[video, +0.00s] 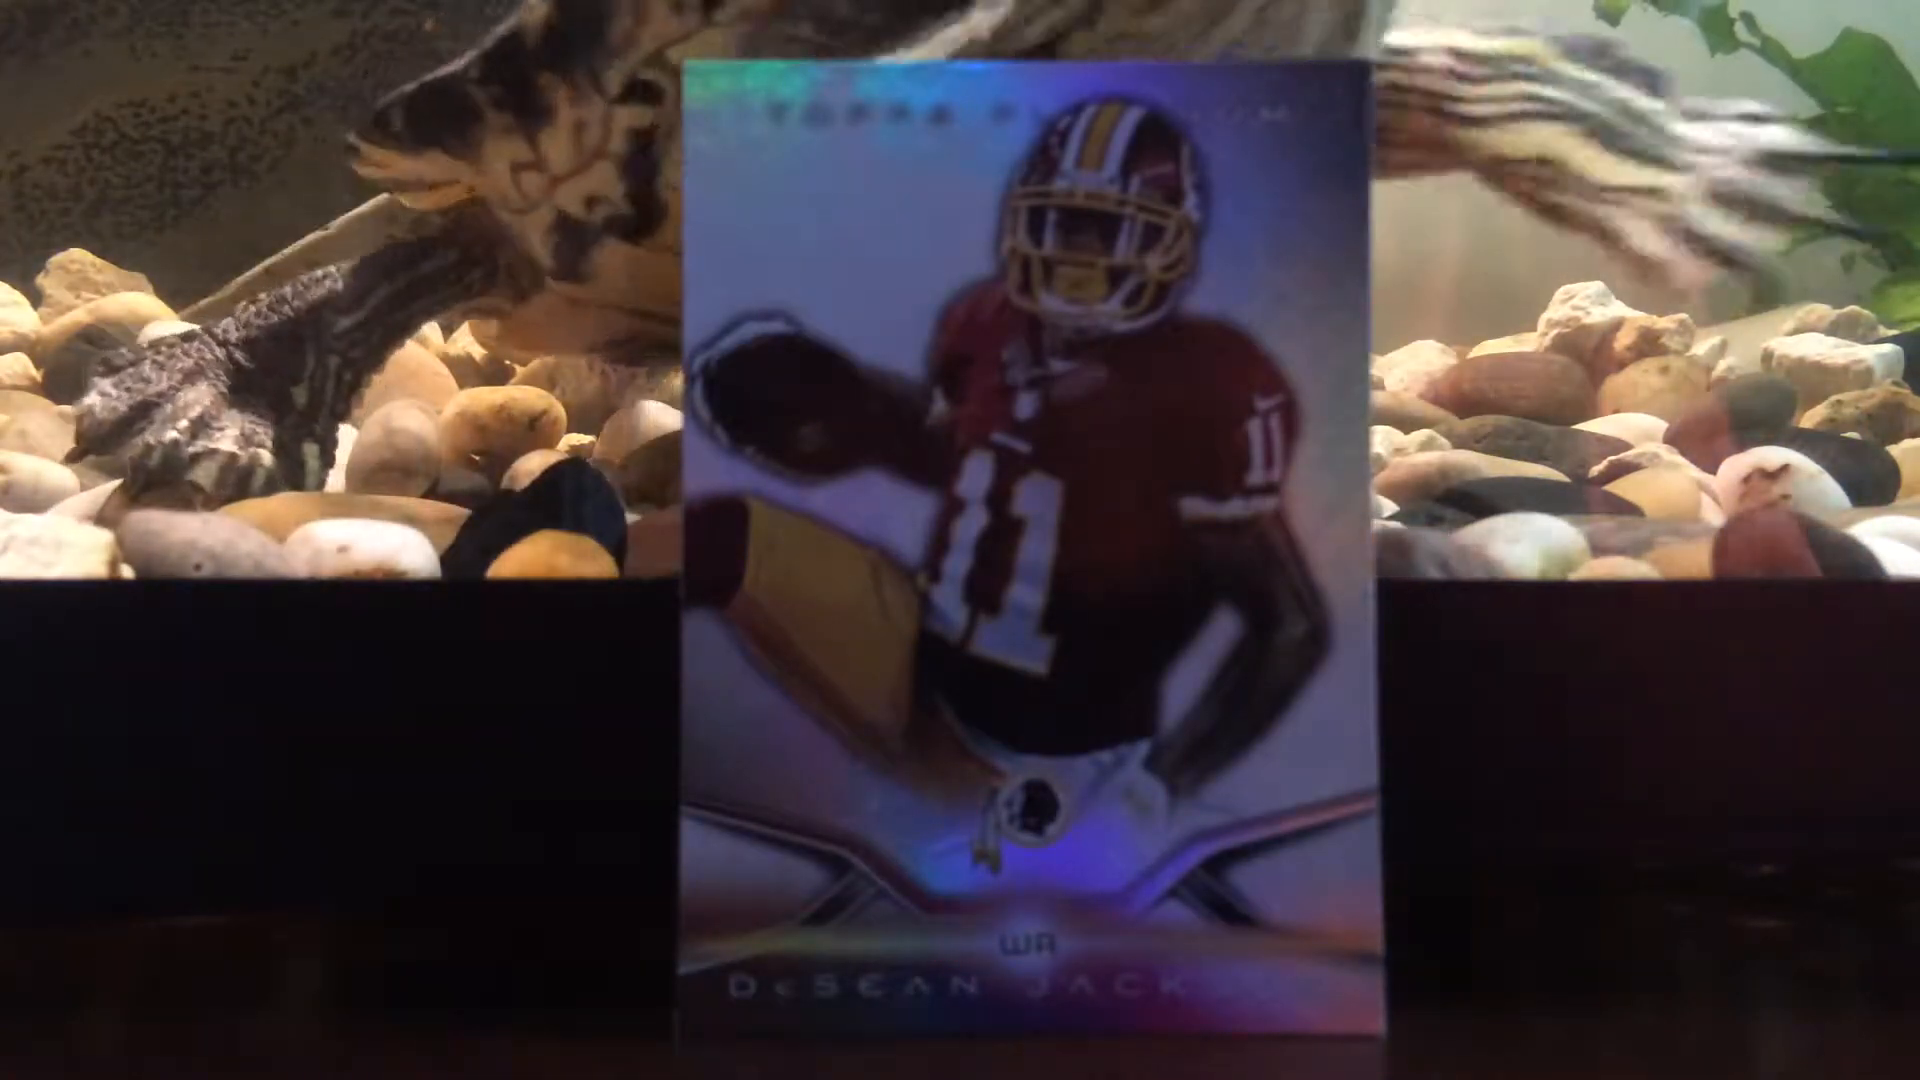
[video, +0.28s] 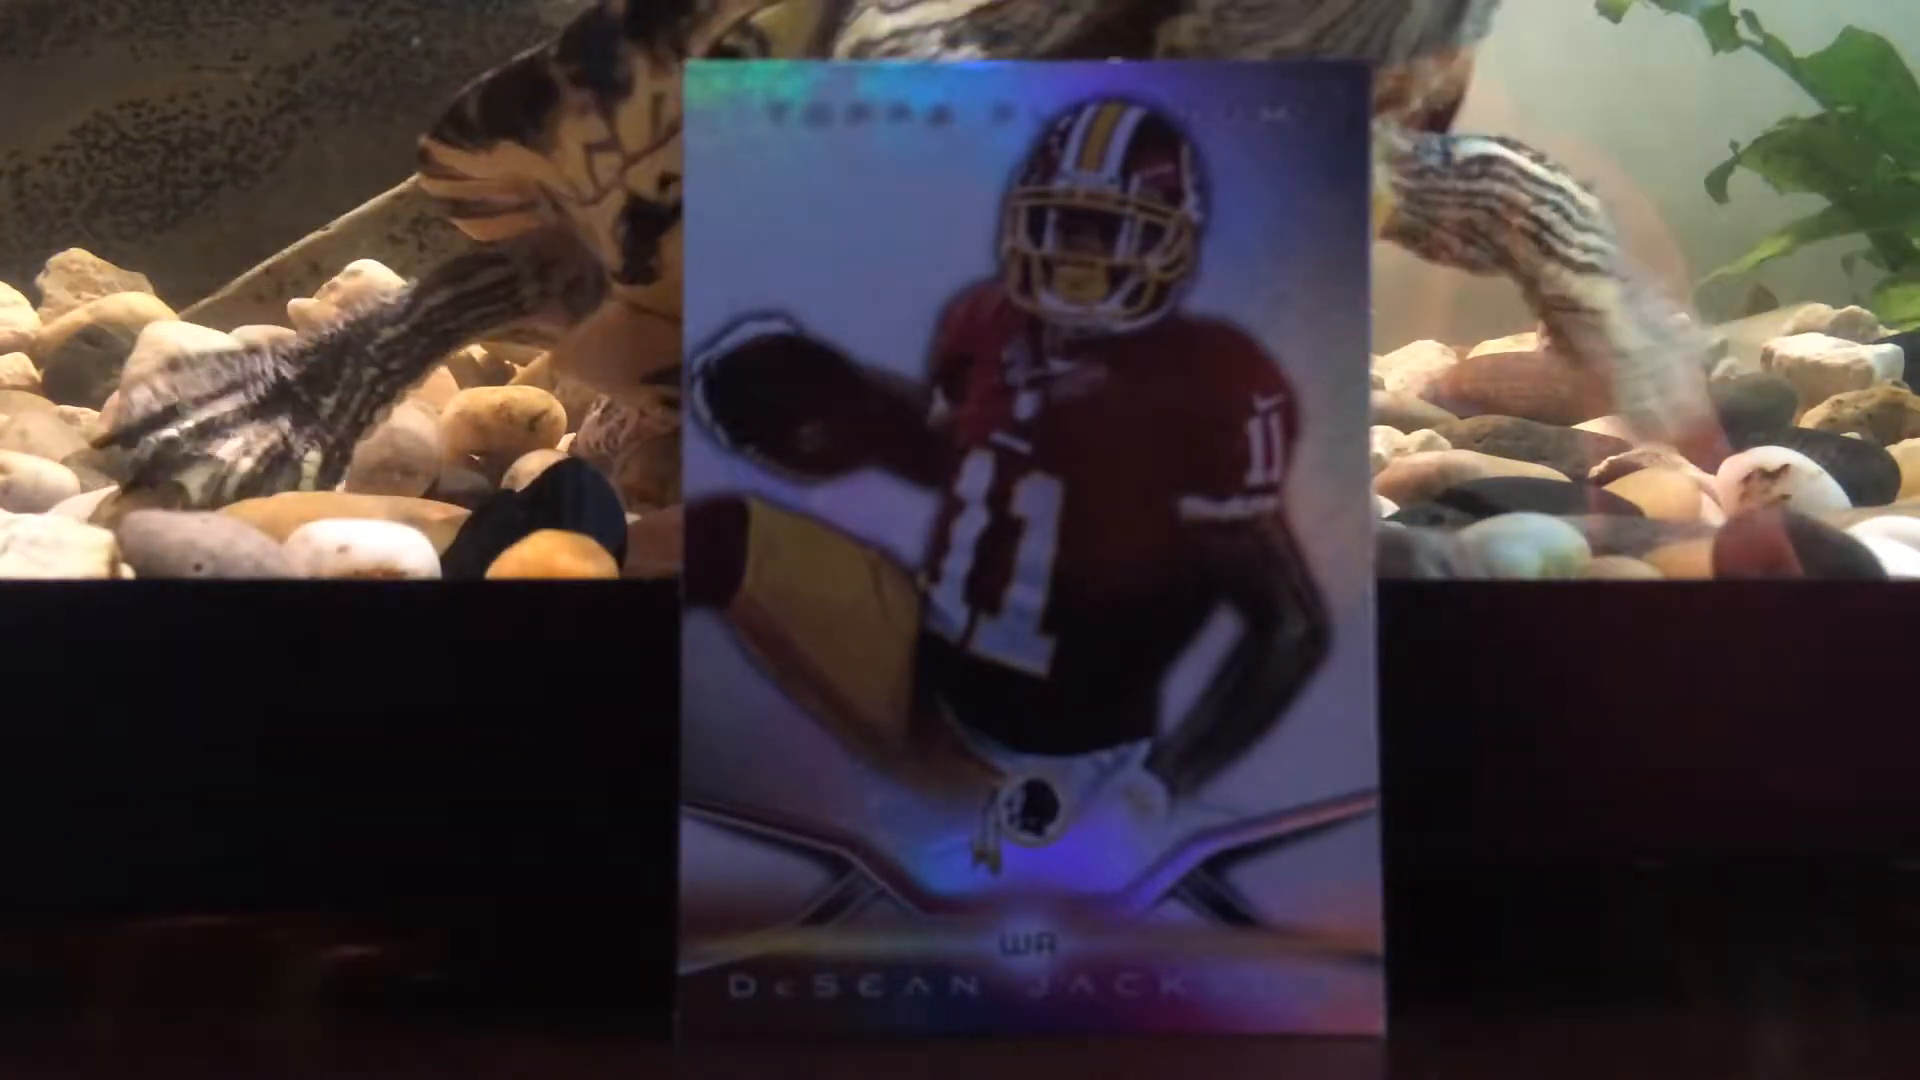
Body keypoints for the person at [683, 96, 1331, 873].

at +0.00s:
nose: (1080, 260)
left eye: (1115, 234)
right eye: (1061, 226)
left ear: (1175, 248)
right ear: (1021, 228)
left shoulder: (1213, 390)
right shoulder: (980, 327)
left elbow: (1292, 629)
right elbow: (957, 459)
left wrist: (1155, 788)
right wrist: (857, 416)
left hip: (1077, 752)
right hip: (930, 680)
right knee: (718, 537)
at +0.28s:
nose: (1080, 259)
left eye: (1115, 233)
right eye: (1061, 225)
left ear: (1175, 248)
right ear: (1021, 228)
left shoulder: (1215, 387)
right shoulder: (980, 326)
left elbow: (1292, 629)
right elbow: (956, 459)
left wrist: (1157, 788)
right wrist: (853, 413)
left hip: (1079, 754)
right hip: (929, 681)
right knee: (715, 537)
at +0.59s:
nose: (1078, 259)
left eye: (1113, 234)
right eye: (1059, 226)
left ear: (1175, 248)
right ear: (1020, 227)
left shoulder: (1216, 389)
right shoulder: (980, 326)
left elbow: (1293, 629)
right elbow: (958, 460)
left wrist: (1155, 789)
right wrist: (856, 414)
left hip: (1078, 753)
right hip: (929, 679)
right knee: (717, 537)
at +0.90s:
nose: (1078, 252)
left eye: (1113, 227)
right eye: (1058, 219)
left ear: (1177, 242)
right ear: (1020, 224)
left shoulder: (1220, 384)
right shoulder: (979, 324)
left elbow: (1297, 629)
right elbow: (957, 460)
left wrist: (1156, 793)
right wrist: (858, 415)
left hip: (1081, 752)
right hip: (929, 678)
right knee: (713, 536)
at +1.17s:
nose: (1077, 255)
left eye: (1112, 231)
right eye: (1057, 222)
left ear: (1175, 247)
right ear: (1019, 227)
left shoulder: (1218, 385)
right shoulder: (980, 324)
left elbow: (1295, 628)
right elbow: (957, 460)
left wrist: (1156, 791)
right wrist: (858, 414)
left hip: (1081, 754)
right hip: (932, 690)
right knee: (714, 539)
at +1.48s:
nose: (1079, 259)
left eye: (1114, 233)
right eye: (1059, 225)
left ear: (1175, 247)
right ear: (1020, 226)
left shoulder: (1217, 386)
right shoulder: (979, 325)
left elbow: (1294, 628)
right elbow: (958, 457)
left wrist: (1157, 792)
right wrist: (852, 411)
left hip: (1078, 753)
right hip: (929, 688)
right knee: (713, 539)